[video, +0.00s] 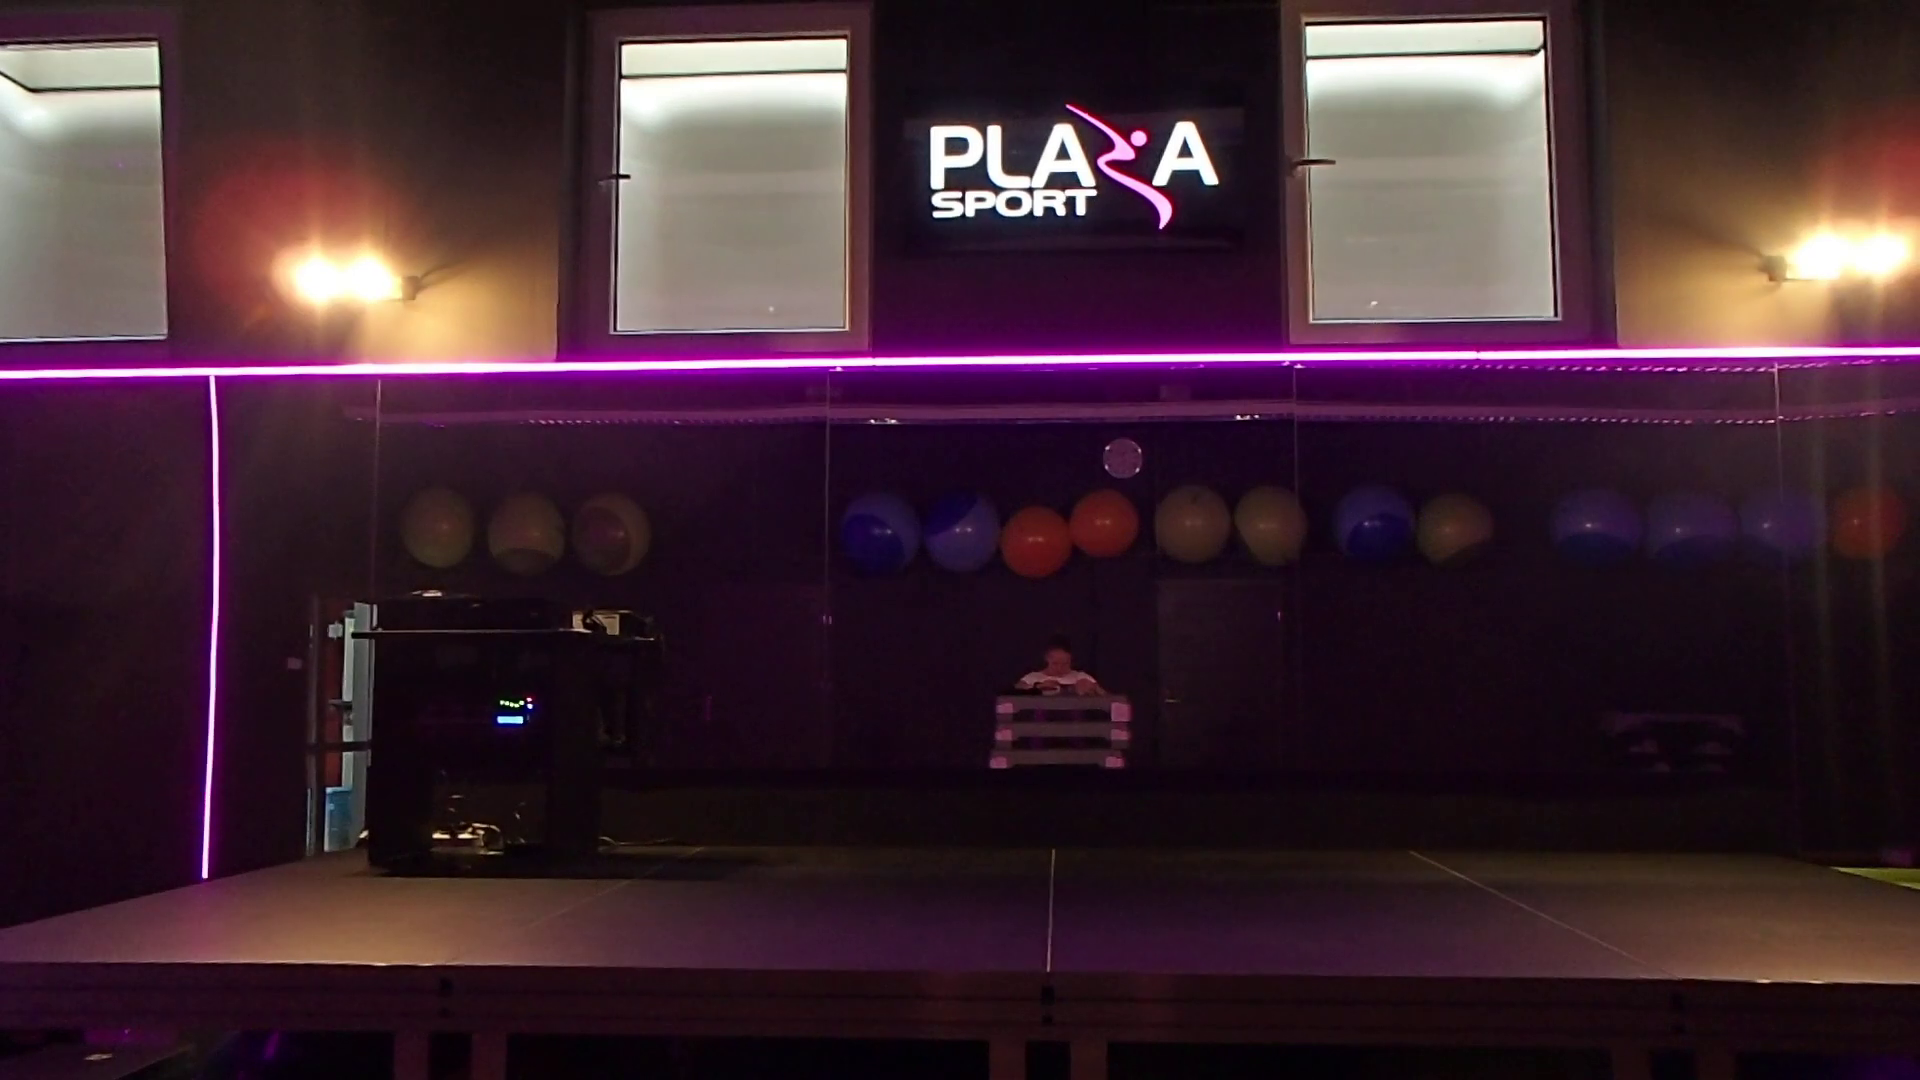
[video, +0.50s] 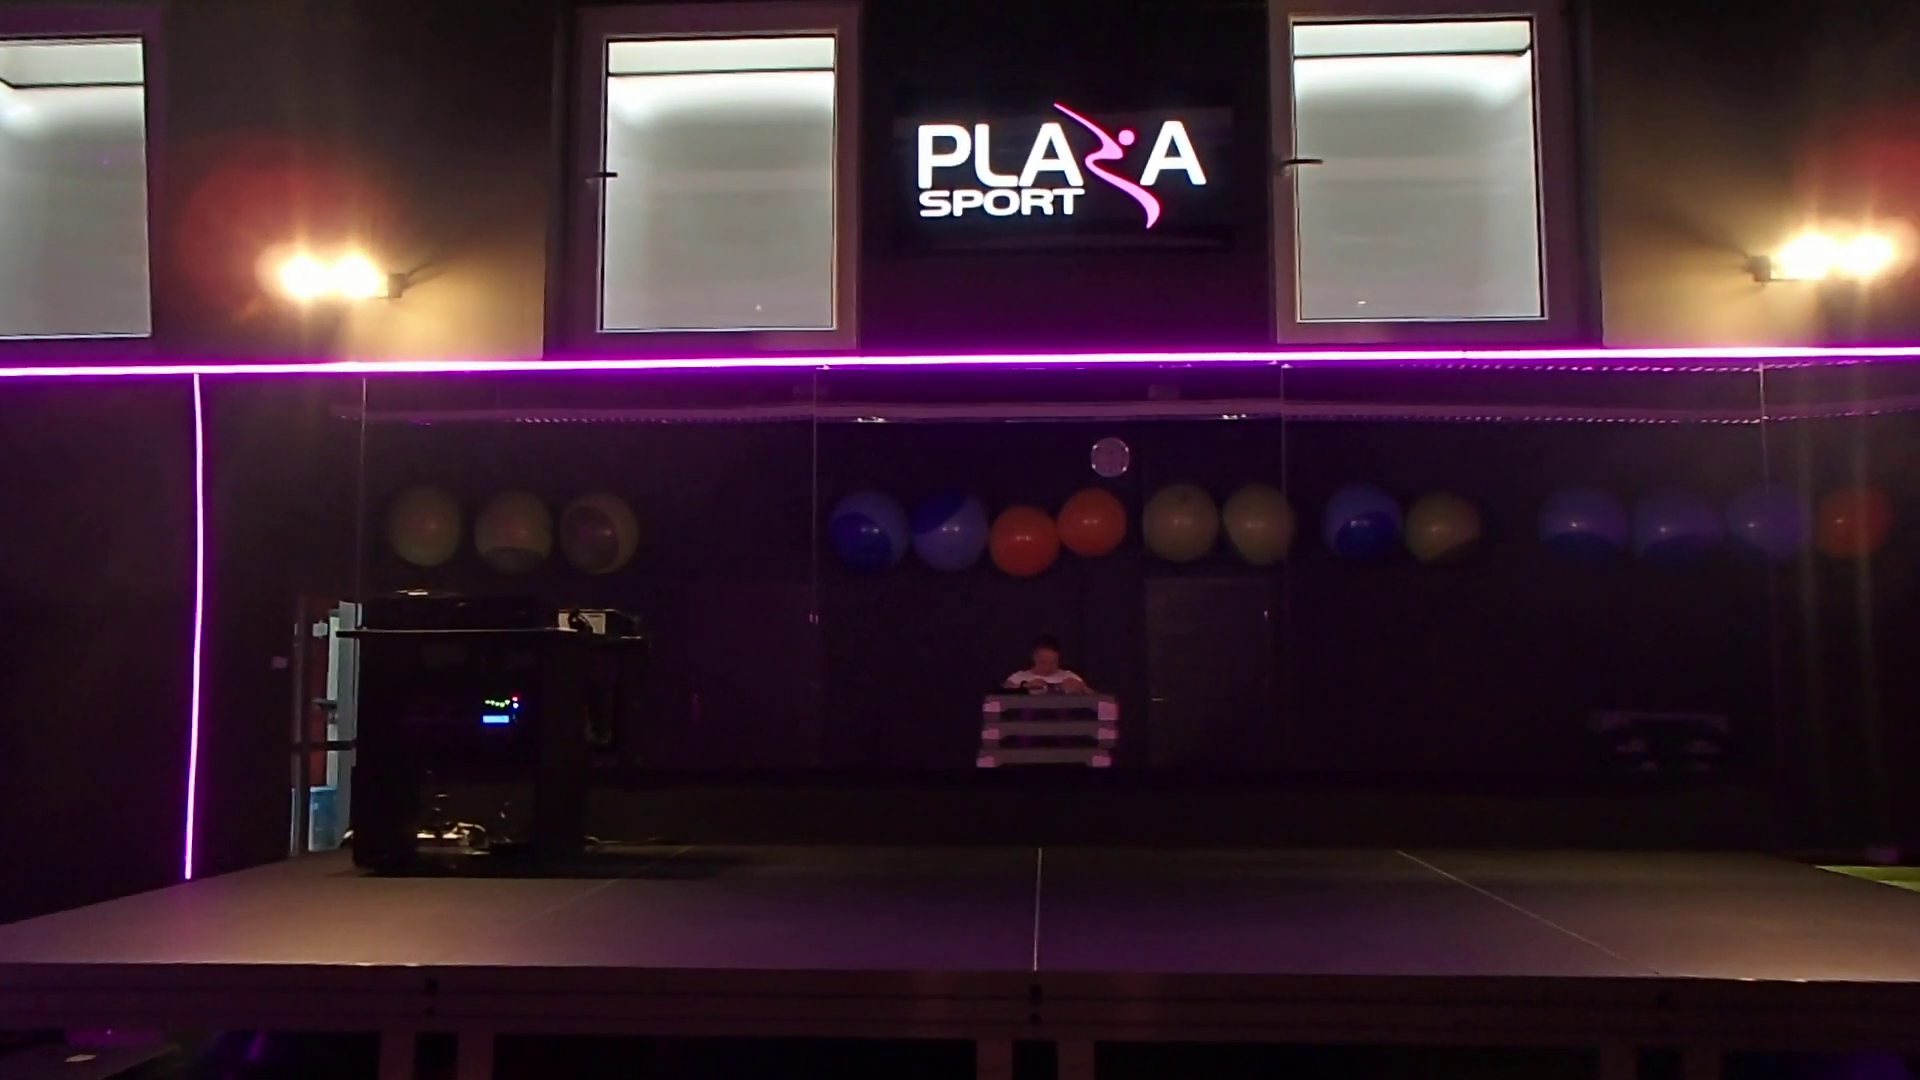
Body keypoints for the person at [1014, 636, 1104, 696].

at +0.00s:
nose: (1060, 668)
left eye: (1064, 663)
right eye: (1055, 663)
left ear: (1070, 661)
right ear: (1047, 660)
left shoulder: (1081, 678)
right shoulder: (1033, 678)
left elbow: (1106, 699)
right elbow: (1016, 693)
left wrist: (1092, 690)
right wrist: (1038, 687)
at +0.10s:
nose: (1059, 668)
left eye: (1064, 663)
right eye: (1054, 663)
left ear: (1070, 661)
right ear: (1047, 660)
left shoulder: (1081, 678)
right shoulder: (1032, 678)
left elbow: (1106, 699)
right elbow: (1014, 695)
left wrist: (1092, 690)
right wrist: (1037, 688)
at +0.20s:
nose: (1059, 668)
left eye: (1064, 663)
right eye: (1054, 663)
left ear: (1070, 661)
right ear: (1047, 660)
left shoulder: (1081, 678)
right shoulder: (1032, 678)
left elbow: (1105, 699)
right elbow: (1015, 695)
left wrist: (1092, 689)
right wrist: (1038, 688)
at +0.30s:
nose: (1059, 668)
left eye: (1064, 664)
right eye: (1055, 663)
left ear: (1070, 661)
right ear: (1048, 660)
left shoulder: (1081, 677)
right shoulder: (1033, 677)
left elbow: (1104, 697)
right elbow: (1016, 693)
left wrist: (1091, 689)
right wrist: (1038, 687)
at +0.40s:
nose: (1053, 667)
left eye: (1057, 662)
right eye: (1048, 662)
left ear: (1063, 660)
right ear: (1041, 659)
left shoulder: (1074, 677)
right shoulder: (1026, 677)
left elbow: (1097, 697)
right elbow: (1010, 692)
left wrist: (1084, 689)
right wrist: (1031, 686)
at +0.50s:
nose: (1047, 666)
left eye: (1052, 662)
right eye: (1042, 662)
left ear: (1058, 660)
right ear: (1034, 659)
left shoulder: (1068, 677)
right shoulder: (1020, 677)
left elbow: (1092, 697)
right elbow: (1004, 692)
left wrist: (1080, 689)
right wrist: (1025, 687)